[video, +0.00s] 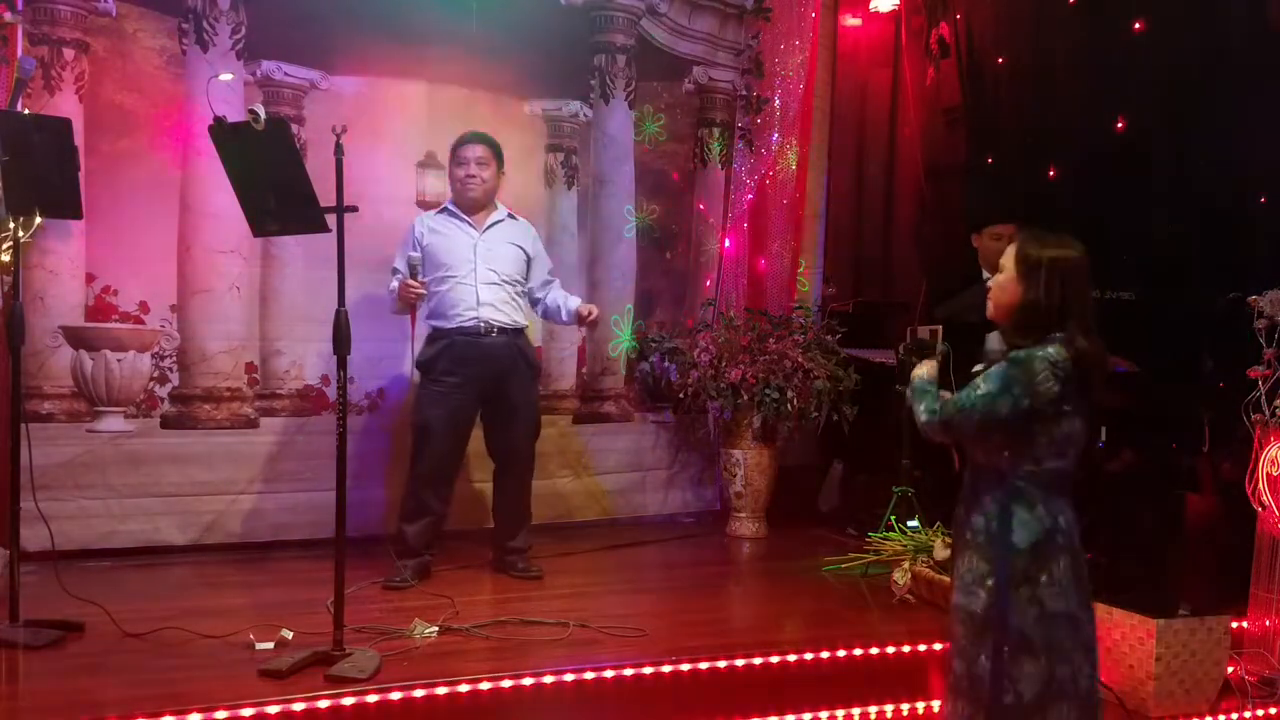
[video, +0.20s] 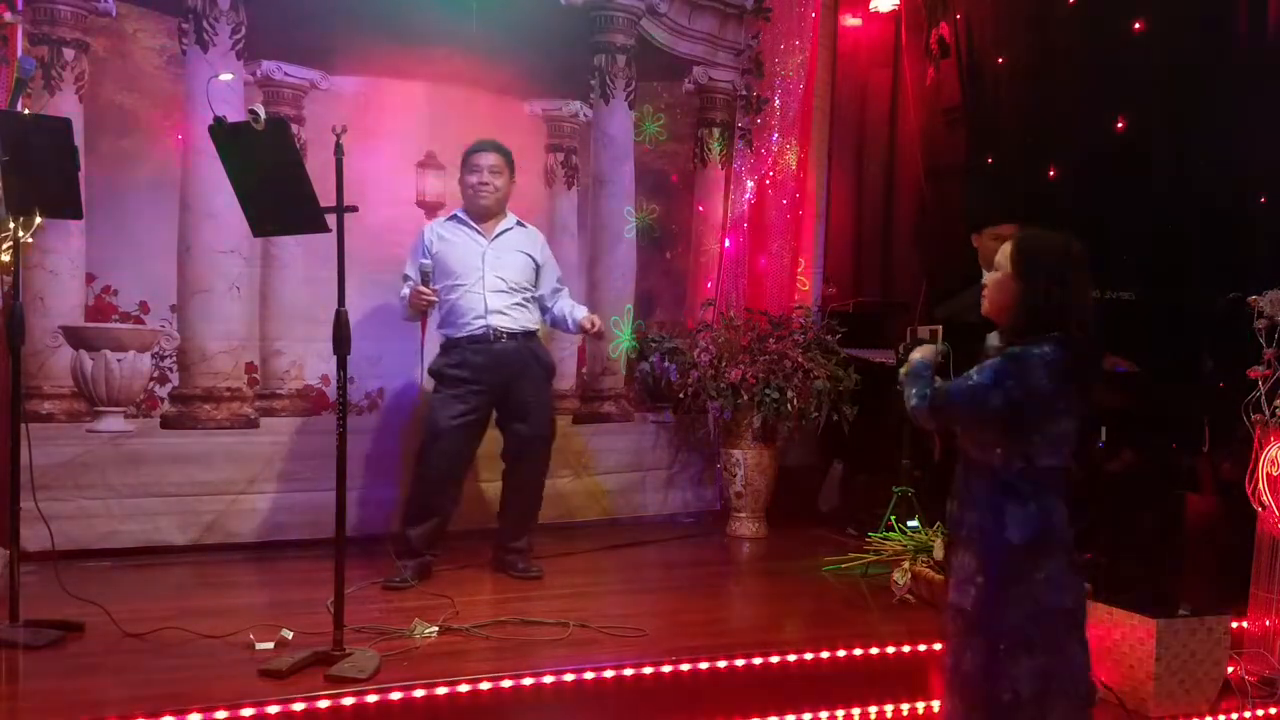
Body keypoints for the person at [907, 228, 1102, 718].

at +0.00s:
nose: (990, 282)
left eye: (1003, 275)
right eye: (996, 273)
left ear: (1037, 291)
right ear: (1043, 294)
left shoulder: (1030, 369)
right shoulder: (1064, 362)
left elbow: (938, 418)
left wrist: (921, 381)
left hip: (1010, 529)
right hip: (1046, 522)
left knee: (1004, 655)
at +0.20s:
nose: (984, 280)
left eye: (998, 273)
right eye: (990, 270)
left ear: (1033, 288)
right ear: (1042, 292)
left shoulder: (1019, 369)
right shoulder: (1061, 362)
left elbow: (927, 405)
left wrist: (918, 363)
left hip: (1003, 554)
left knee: (990, 674)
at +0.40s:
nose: (965, 291)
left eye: (977, 280)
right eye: (970, 279)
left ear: (1013, 293)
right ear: (1008, 296)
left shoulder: (1017, 372)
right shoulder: (1041, 366)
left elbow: (931, 422)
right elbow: (959, 418)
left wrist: (899, 370)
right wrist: (908, 399)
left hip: (994, 557)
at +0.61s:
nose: (928, 299)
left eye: (937, 286)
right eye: (930, 286)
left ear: (972, 295)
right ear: (972, 298)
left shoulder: (995, 380)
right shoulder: (973, 374)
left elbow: (929, 450)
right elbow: (922, 442)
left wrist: (862, 417)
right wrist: (861, 412)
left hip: (978, 574)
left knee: (980, 696)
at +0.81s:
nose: (876, 298)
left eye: (885, 288)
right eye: (880, 287)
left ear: (913, 299)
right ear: (940, 299)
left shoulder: (922, 380)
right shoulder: (966, 369)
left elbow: (871, 456)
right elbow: (881, 441)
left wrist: (813, 444)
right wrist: (819, 418)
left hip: (912, 555)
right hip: (960, 546)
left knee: (891, 675)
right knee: (965, 666)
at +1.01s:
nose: (821, 302)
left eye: (829, 291)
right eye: (825, 290)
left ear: (853, 303)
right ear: (888, 302)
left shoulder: (855, 386)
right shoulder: (918, 374)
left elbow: (784, 447)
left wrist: (744, 423)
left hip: (860, 555)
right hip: (912, 545)